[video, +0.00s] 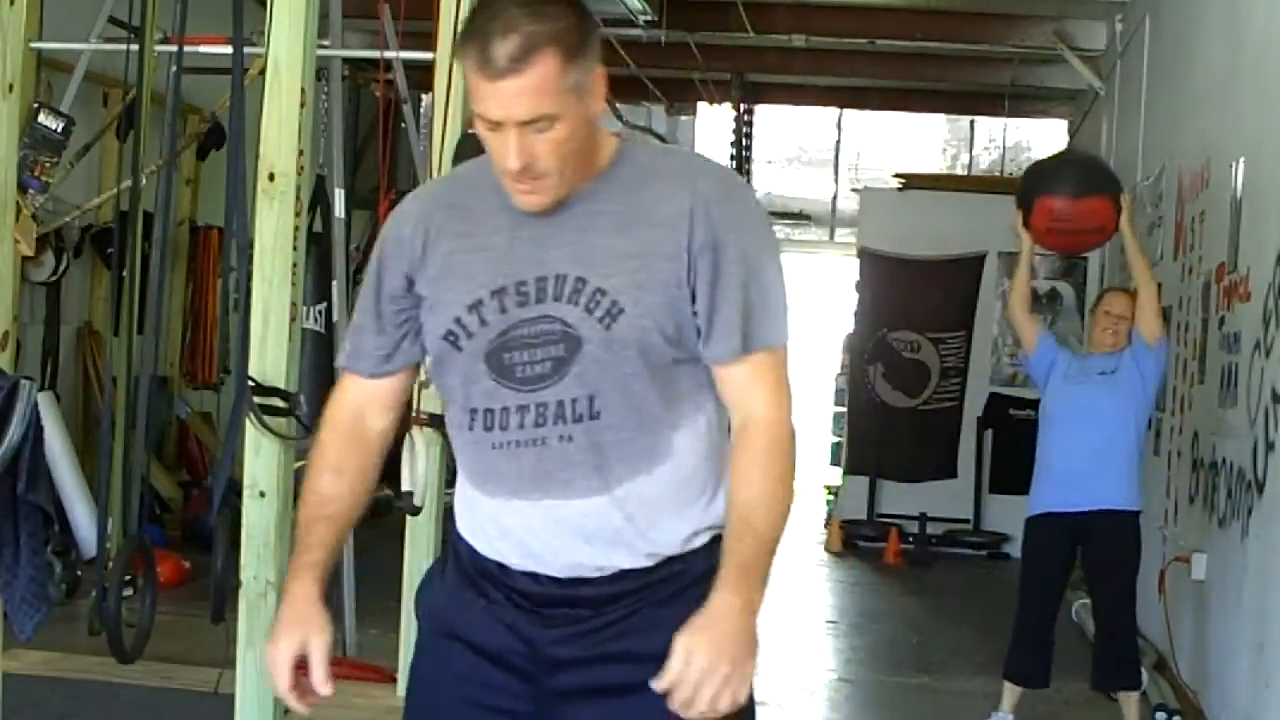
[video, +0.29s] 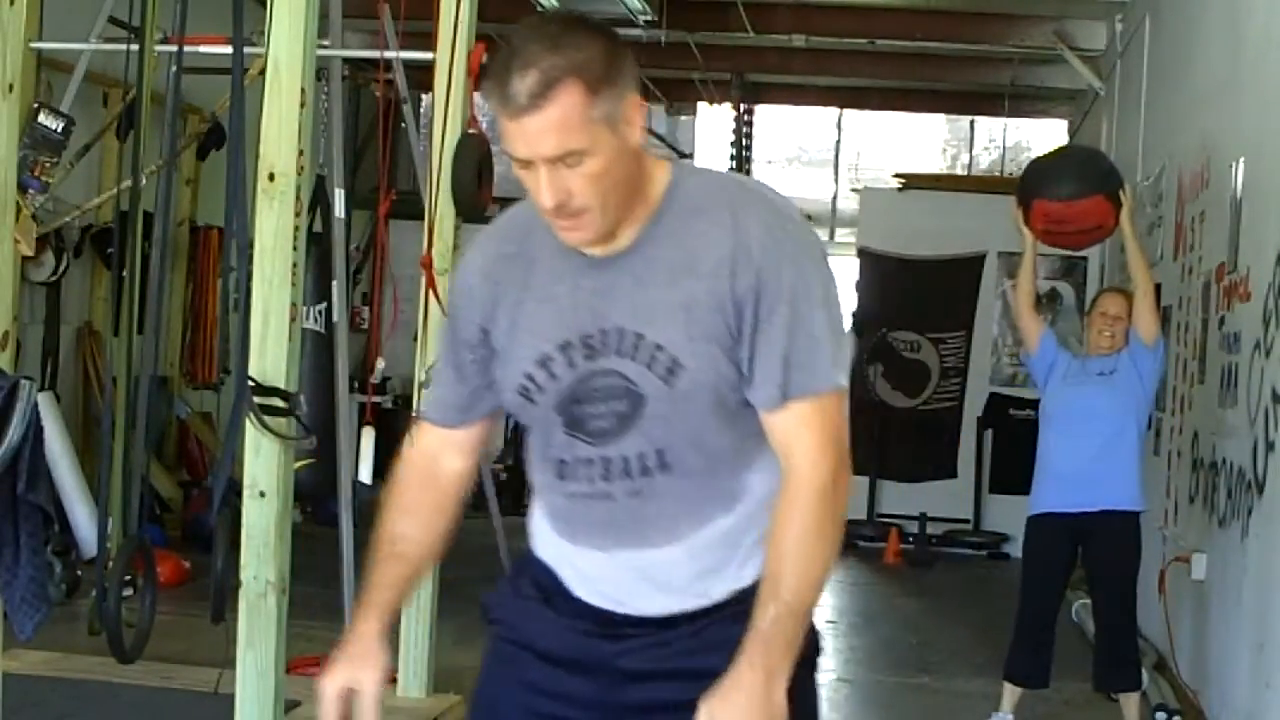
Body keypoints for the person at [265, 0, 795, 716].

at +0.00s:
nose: (515, 159)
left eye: (541, 125)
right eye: (490, 126)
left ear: (598, 91)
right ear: (470, 105)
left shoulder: (706, 208)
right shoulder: (423, 226)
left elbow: (762, 419)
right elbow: (362, 409)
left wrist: (735, 606)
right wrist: (304, 584)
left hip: (657, 621)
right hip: (479, 617)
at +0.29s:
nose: (550, 196)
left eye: (572, 160)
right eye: (525, 166)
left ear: (635, 120)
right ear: (504, 147)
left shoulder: (757, 238)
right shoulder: (494, 268)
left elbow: (817, 467)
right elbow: (441, 447)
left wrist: (759, 675)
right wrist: (367, 627)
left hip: (728, 636)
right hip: (555, 629)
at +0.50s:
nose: (577, 225)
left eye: (601, 191)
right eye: (553, 196)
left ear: (666, 151)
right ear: (535, 173)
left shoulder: (782, 265)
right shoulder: (528, 277)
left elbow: (830, 508)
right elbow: (490, 471)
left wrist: (772, 707)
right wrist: (439, 662)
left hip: (760, 630)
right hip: (592, 620)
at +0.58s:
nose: (564, 264)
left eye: (590, 230)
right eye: (544, 232)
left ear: (661, 188)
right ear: (526, 204)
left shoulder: (768, 293)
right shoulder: (515, 301)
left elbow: (815, 544)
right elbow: (489, 496)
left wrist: (765, 711)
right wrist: (452, 689)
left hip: (758, 633)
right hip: (597, 622)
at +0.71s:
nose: (528, 367)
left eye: (555, 331)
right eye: (510, 333)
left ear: (625, 288)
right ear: (490, 309)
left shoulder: (739, 366)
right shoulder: (477, 376)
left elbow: (777, 628)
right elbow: (468, 590)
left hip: (752, 638)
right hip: (588, 628)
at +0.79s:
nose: (510, 439)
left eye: (538, 403)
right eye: (493, 406)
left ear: (609, 355)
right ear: (472, 381)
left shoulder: (722, 410)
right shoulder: (457, 429)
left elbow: (750, 685)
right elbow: (455, 643)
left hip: (751, 639)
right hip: (576, 633)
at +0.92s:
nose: (488, 589)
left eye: (509, 554)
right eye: (471, 559)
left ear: (579, 493)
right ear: (444, 529)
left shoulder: (694, 542)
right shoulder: (428, 536)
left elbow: (711, 707)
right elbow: (438, 709)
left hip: (751, 625)